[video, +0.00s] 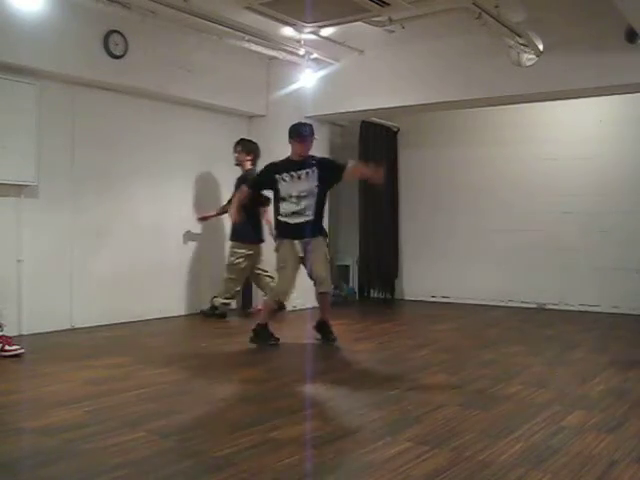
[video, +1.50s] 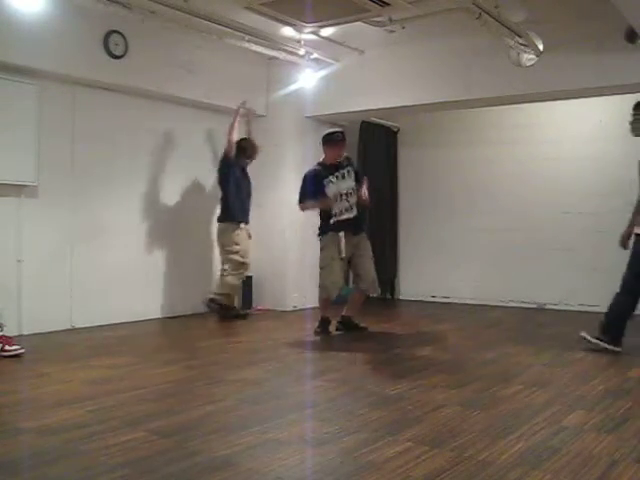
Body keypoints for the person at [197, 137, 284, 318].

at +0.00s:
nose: (235, 156)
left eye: (238, 153)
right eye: (235, 153)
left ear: (249, 156)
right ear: (247, 156)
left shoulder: (252, 179)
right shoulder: (243, 179)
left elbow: (264, 202)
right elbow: (231, 204)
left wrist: (269, 223)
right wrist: (211, 215)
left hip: (245, 235)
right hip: (248, 234)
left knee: (234, 272)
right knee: (255, 270)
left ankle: (221, 305)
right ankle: (278, 298)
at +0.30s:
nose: (217, 153)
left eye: (221, 149)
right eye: (214, 149)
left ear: (230, 153)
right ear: (211, 152)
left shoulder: (231, 174)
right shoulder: (213, 175)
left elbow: (222, 202)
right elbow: (211, 201)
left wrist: (205, 219)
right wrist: (205, 220)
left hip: (225, 232)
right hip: (210, 229)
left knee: (218, 270)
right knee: (199, 266)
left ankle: (219, 305)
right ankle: (213, 301)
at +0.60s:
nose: (202, 152)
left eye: (205, 148)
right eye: (197, 148)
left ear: (209, 151)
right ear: (189, 151)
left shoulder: (217, 173)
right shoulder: (184, 174)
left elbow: (216, 199)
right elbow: (179, 204)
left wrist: (188, 195)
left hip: (215, 230)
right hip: (192, 228)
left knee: (217, 272)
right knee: (184, 270)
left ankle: (216, 306)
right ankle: (178, 307)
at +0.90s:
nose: (197, 151)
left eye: (198, 147)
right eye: (191, 149)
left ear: (202, 148)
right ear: (182, 154)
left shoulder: (211, 172)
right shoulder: (178, 177)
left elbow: (221, 201)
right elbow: (164, 206)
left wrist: (232, 225)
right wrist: (153, 231)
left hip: (215, 234)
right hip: (190, 235)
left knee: (218, 272)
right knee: (182, 274)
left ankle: (221, 306)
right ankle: (178, 308)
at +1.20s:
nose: (223, 154)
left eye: (224, 150)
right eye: (220, 150)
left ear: (222, 153)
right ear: (209, 153)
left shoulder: (225, 175)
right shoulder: (199, 174)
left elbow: (244, 188)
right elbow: (188, 194)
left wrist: (271, 193)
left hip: (225, 234)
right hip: (204, 236)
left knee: (228, 273)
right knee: (194, 273)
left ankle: (227, 307)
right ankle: (179, 307)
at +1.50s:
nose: (252, 160)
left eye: (253, 157)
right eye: (251, 156)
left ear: (242, 151)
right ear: (246, 154)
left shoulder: (241, 168)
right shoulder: (229, 167)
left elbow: (248, 146)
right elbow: (231, 141)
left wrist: (249, 121)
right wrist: (237, 115)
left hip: (240, 224)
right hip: (231, 224)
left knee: (235, 266)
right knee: (235, 265)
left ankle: (227, 302)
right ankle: (224, 301)